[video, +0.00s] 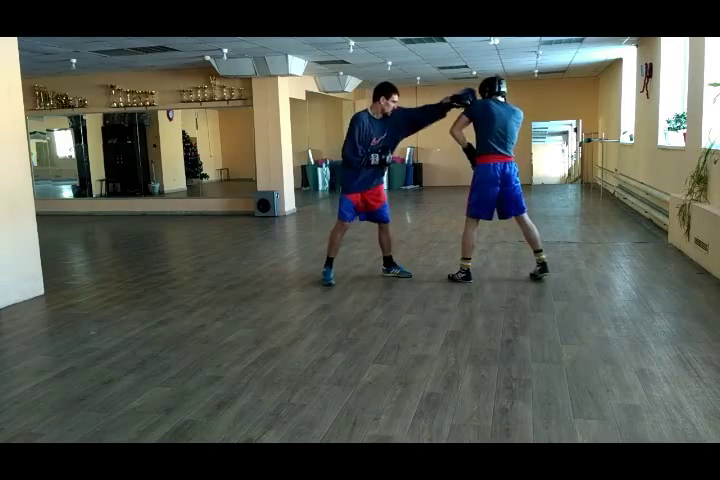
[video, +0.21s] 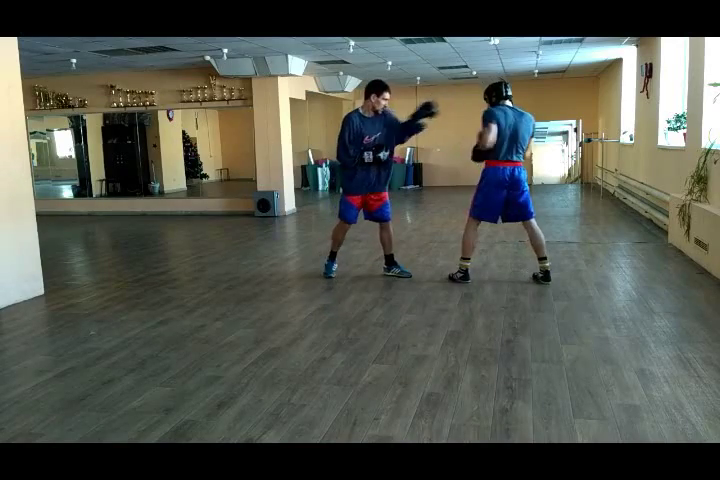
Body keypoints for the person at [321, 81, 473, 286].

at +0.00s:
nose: (394, 107)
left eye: (396, 103)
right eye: (392, 102)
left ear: (385, 101)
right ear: (380, 99)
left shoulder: (395, 117)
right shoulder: (360, 120)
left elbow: (422, 113)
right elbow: (349, 155)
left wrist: (449, 103)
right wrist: (377, 158)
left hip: (375, 182)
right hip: (353, 183)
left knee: (384, 223)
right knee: (343, 223)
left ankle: (389, 265)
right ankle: (328, 267)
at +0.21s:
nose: (386, 104)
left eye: (387, 100)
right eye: (384, 100)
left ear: (379, 99)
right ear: (371, 97)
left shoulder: (386, 118)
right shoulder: (352, 120)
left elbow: (399, 135)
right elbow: (344, 154)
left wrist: (417, 119)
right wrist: (370, 155)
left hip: (378, 182)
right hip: (355, 182)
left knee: (385, 223)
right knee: (345, 222)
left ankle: (390, 263)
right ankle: (332, 260)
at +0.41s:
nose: (379, 108)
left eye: (380, 104)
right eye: (377, 103)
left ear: (367, 103)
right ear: (365, 101)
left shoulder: (371, 123)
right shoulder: (349, 125)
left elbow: (379, 151)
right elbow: (346, 163)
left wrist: (391, 134)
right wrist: (375, 160)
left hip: (375, 183)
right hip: (355, 187)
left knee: (392, 214)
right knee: (350, 224)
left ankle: (395, 259)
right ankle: (333, 261)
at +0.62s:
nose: (387, 108)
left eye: (388, 104)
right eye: (385, 103)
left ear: (376, 102)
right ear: (373, 101)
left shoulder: (381, 123)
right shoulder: (357, 124)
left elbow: (389, 150)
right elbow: (353, 161)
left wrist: (402, 131)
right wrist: (382, 159)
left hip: (383, 183)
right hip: (361, 186)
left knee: (398, 220)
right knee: (350, 225)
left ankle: (406, 260)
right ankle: (333, 261)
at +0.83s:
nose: (404, 112)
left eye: (406, 108)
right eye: (402, 107)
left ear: (401, 108)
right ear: (389, 104)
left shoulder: (402, 125)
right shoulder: (372, 125)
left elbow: (423, 120)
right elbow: (356, 153)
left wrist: (443, 113)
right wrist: (381, 163)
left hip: (391, 183)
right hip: (369, 184)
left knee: (401, 219)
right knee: (358, 219)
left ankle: (406, 260)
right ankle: (339, 257)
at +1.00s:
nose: (399, 114)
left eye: (400, 110)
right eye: (396, 109)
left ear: (400, 109)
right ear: (383, 107)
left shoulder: (401, 124)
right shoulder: (368, 127)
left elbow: (415, 144)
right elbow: (356, 159)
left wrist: (429, 131)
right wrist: (387, 161)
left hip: (392, 183)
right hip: (369, 185)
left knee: (400, 220)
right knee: (361, 223)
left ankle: (406, 259)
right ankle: (349, 255)